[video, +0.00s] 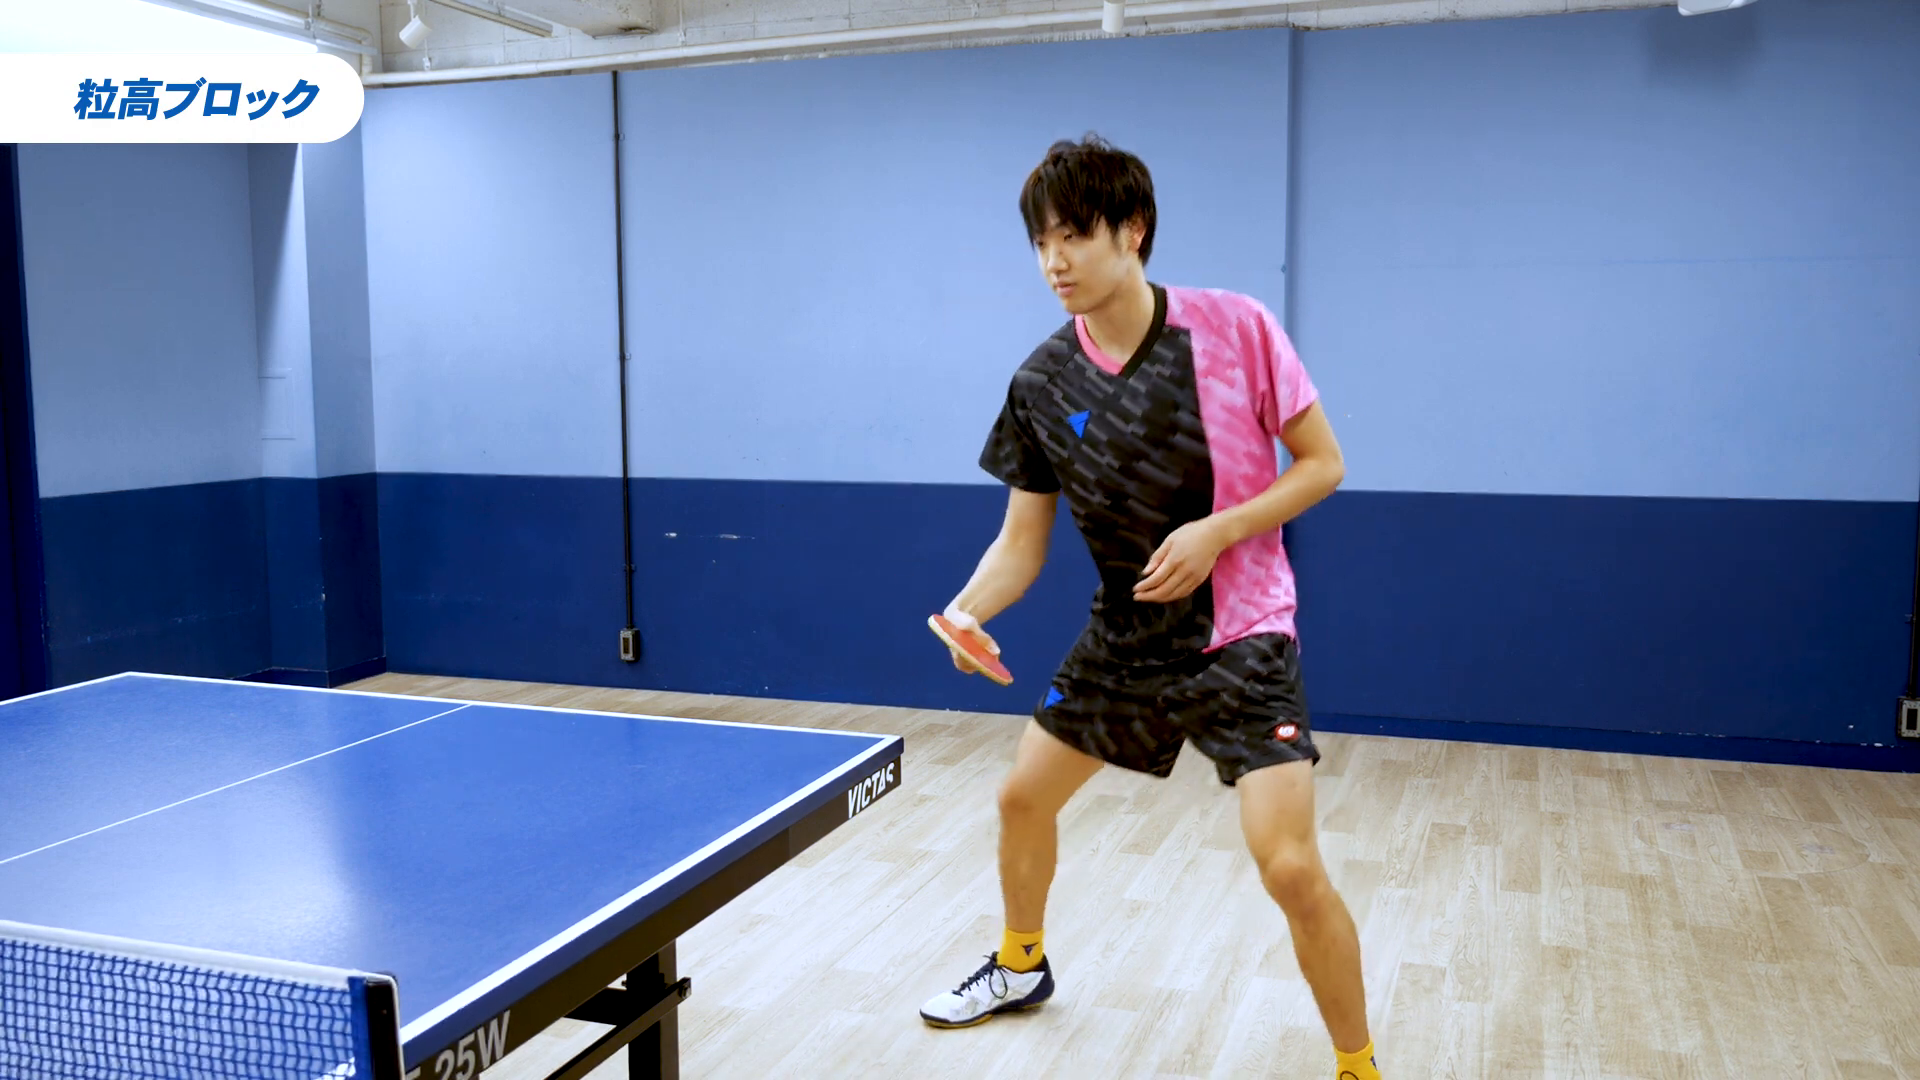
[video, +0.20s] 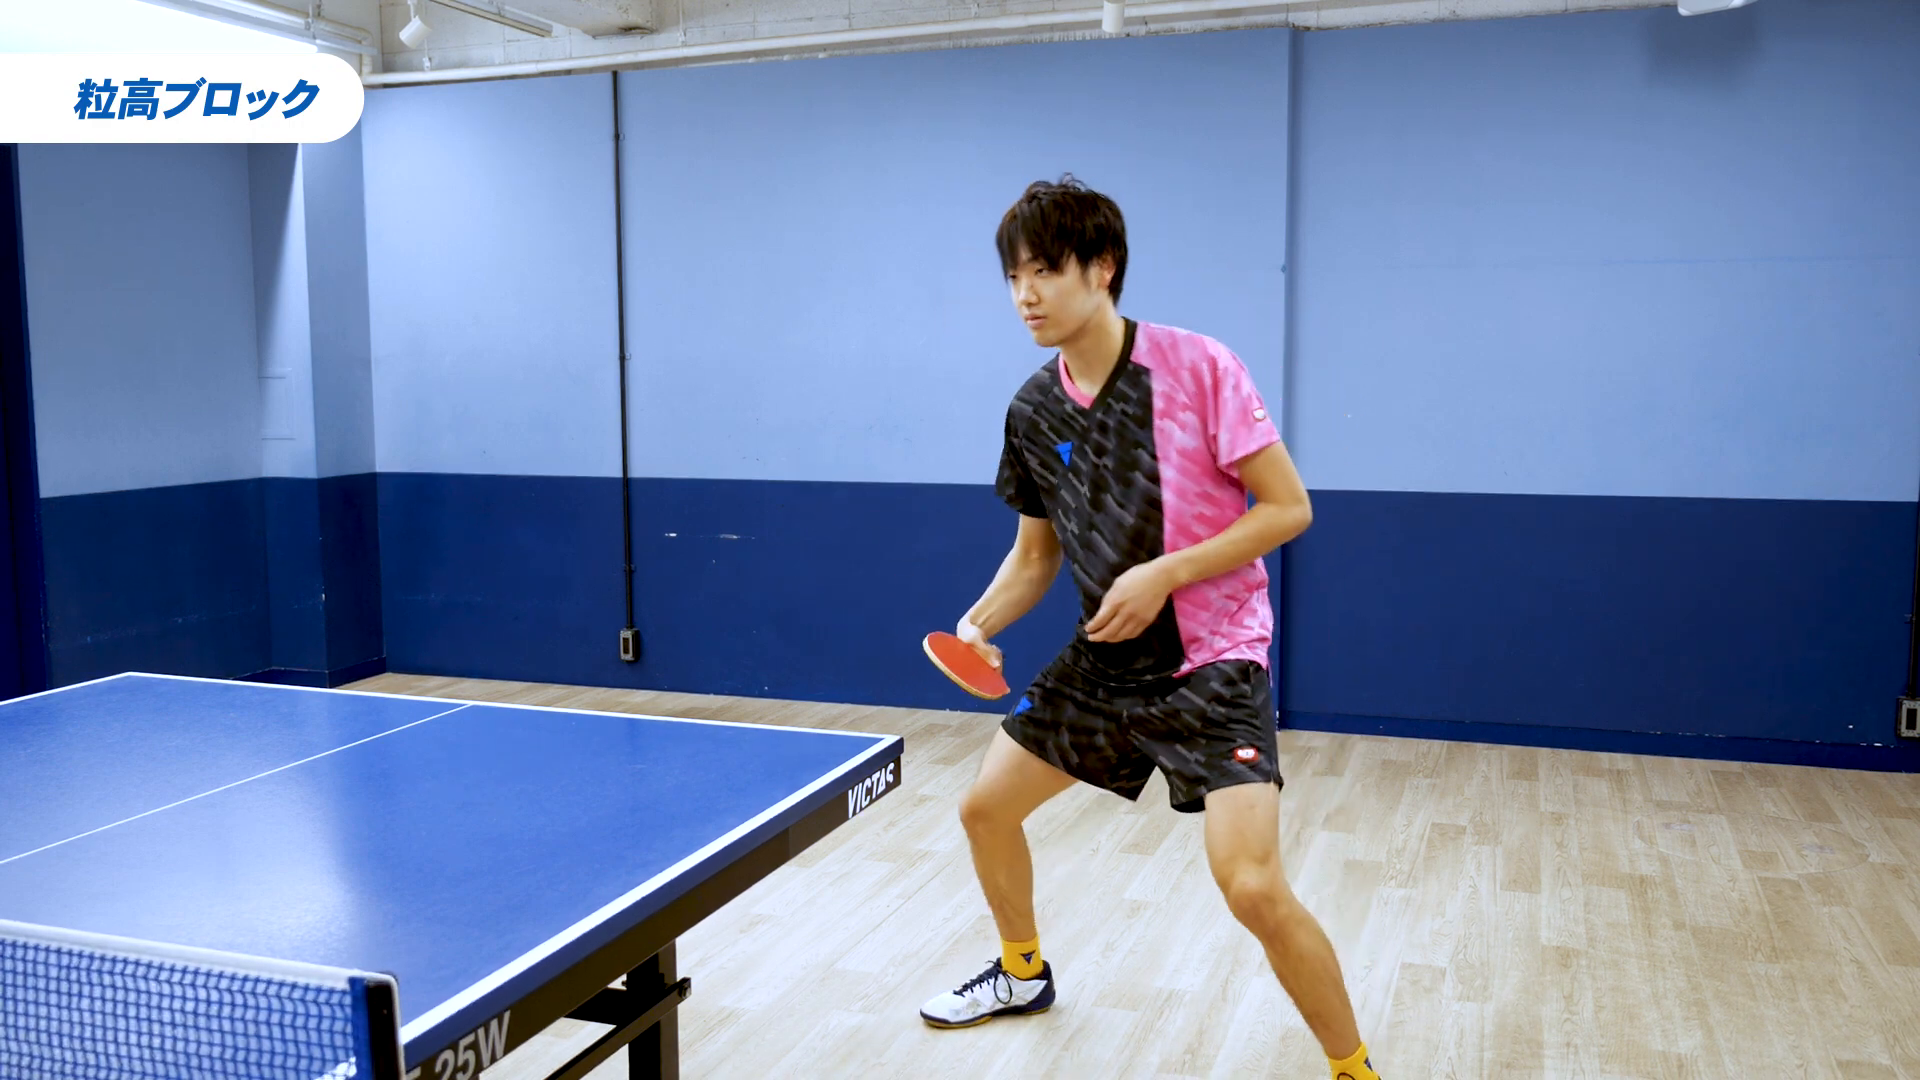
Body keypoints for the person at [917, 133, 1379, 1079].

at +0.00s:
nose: (1055, 258)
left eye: (1074, 235)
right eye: (1043, 240)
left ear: (1132, 233)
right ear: (1034, 249)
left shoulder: (1235, 327)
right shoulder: (1044, 381)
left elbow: (1323, 464)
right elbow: (1022, 536)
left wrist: (1219, 531)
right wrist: (967, 607)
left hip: (1242, 630)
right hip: (1127, 630)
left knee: (1291, 870)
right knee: (1024, 797)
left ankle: (1357, 1066)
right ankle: (1020, 964)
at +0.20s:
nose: (1026, 292)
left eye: (1046, 269)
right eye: (1015, 275)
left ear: (1104, 270)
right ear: (1010, 286)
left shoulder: (1196, 367)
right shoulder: (1035, 406)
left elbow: (1288, 506)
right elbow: (1037, 552)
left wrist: (1167, 572)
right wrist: (979, 625)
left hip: (1216, 658)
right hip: (1108, 657)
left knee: (1249, 883)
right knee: (987, 807)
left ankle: (1354, 1068)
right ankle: (1021, 971)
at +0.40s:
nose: (992, 275)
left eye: (1010, 252)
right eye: (981, 259)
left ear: (1067, 249)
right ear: (978, 267)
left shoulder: (1166, 338)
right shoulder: (1022, 386)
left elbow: (1260, 472)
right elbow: (1044, 523)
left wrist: (1132, 536)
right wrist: (992, 601)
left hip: (1214, 631)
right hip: (1110, 635)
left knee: (1258, 858)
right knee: (1014, 792)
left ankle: (1354, 1062)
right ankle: (1023, 970)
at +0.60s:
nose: (993, 336)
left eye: (1007, 310)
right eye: (980, 318)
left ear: (1065, 299)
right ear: (975, 326)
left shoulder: (1175, 379)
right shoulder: (1033, 427)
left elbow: (1275, 510)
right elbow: (1048, 552)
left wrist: (1151, 578)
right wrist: (991, 623)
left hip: (1234, 650)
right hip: (1130, 652)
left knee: (1259, 881)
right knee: (1005, 801)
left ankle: (1355, 1069)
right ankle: (1023, 971)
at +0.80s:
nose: (1016, 382)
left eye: (1028, 355)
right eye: (1000, 365)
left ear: (1083, 329)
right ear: (994, 363)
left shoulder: (1208, 387)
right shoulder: (1044, 450)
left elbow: (1319, 505)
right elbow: (1036, 578)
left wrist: (1213, 593)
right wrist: (1001, 604)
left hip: (1260, 650)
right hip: (1149, 656)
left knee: (1281, 884)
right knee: (1021, 813)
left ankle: (1358, 1069)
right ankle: (1024, 973)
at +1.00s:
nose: (1059, 352)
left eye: (1072, 326)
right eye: (1041, 335)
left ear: (1128, 299)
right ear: (1028, 333)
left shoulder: (1251, 345)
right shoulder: (1064, 436)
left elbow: (1352, 457)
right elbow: (1047, 580)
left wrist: (1274, 550)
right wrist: (1009, 602)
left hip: (1284, 630)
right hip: (1163, 637)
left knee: (1316, 866)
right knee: (1055, 807)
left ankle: (1363, 1067)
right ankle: (1025, 970)